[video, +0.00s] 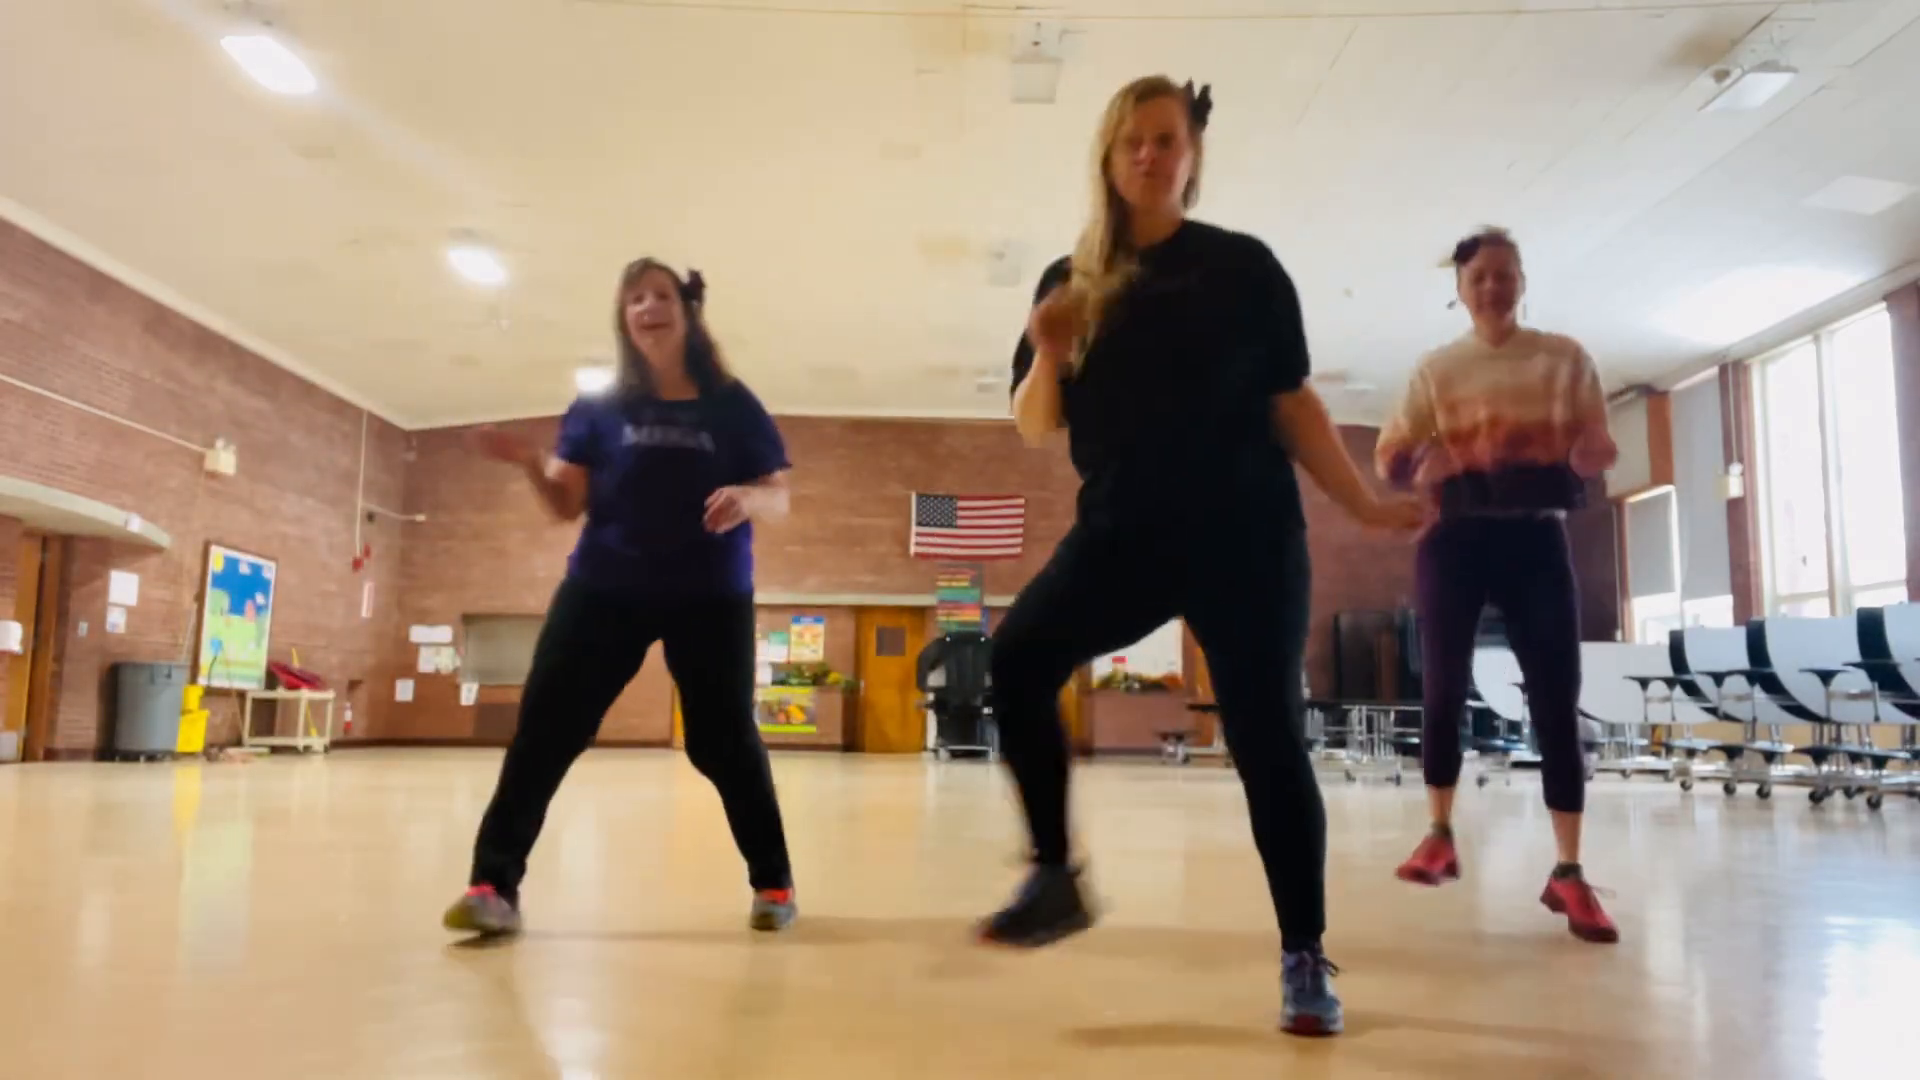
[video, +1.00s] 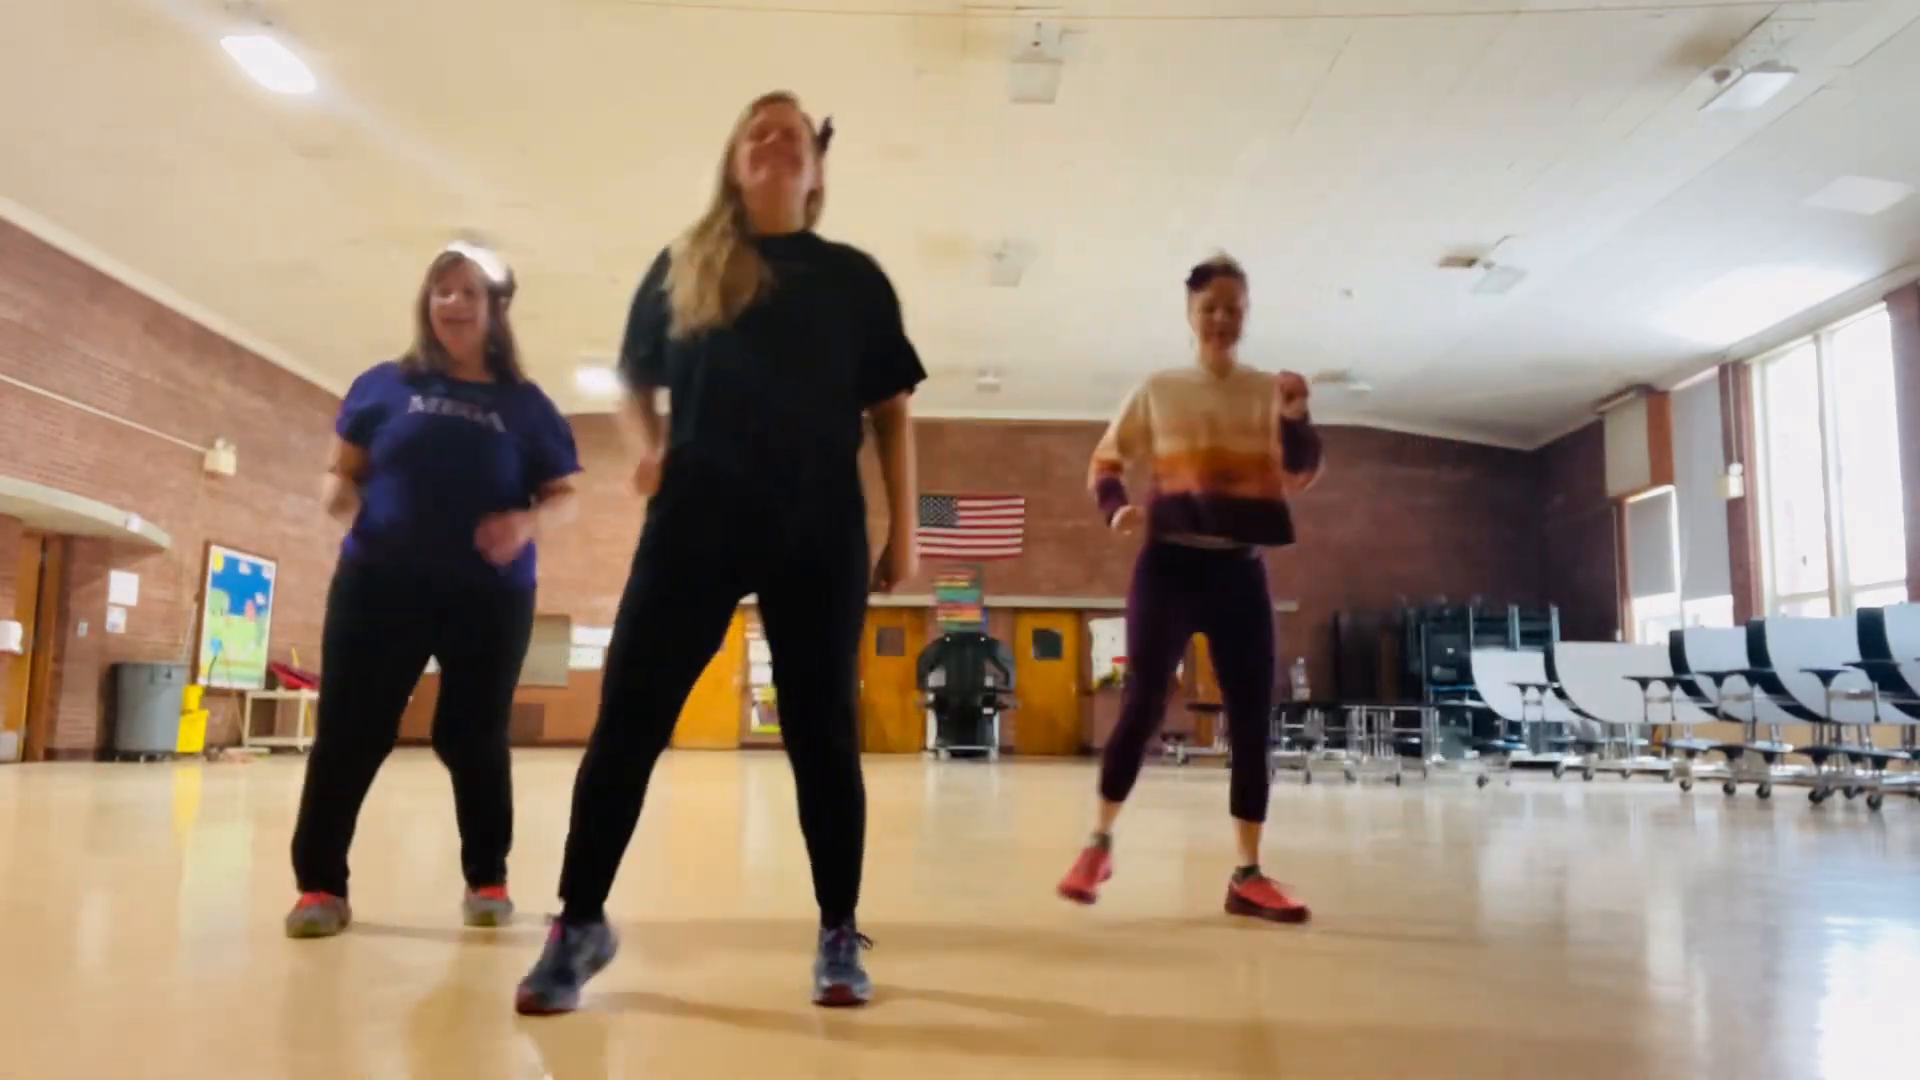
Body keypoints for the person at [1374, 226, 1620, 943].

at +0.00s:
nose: (1494, 288)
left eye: (1505, 277)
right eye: (1480, 279)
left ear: (1523, 283)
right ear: (1460, 288)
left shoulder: (1563, 358)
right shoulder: (1435, 371)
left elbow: (1598, 452)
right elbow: (1390, 460)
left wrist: (1582, 452)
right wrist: (1415, 460)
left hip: (1536, 543)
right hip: (1454, 545)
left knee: (1556, 704)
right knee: (1443, 692)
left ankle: (1568, 872)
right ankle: (1439, 837)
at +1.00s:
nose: (1222, 318)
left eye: (1232, 307)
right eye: (1210, 307)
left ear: (1247, 314)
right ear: (1190, 313)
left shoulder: (1268, 395)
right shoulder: (1156, 394)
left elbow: (1300, 476)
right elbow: (1104, 465)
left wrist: (1296, 415)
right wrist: (1116, 507)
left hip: (1240, 570)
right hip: (1168, 566)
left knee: (1251, 721)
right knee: (1142, 706)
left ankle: (1248, 873)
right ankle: (1098, 844)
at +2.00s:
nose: (1207, 301)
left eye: (1212, 294)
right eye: (1191, 294)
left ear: (1219, 315)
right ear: (1159, 315)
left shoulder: (1238, 398)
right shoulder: (1134, 389)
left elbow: (1292, 446)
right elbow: (1092, 478)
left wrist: (1358, 454)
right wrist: (1070, 554)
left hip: (1200, 577)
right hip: (1130, 574)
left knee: (1252, 722)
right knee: (1106, 723)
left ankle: (1264, 882)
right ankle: (1072, 869)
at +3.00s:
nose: (1422, 316)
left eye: (1432, 308)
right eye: (1409, 309)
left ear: (1447, 327)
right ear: (1388, 329)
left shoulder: (1485, 407)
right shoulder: (1360, 414)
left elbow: (1572, 468)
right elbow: (1332, 499)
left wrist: (1531, 433)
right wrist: (1352, 535)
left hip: (1461, 584)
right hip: (1382, 585)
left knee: (1494, 736)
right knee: (1364, 732)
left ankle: (1510, 884)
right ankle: (1357, 876)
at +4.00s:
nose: (1379, 332)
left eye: (1388, 322)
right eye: (1367, 321)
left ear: (1399, 334)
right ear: (1340, 329)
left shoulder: (1415, 416)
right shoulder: (1307, 408)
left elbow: (1449, 503)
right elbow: (1257, 486)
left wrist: (1504, 513)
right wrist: (1258, 513)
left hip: (1391, 588)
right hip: (1316, 586)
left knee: (1432, 731)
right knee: (1295, 736)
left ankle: (1459, 883)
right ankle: (1256, 876)